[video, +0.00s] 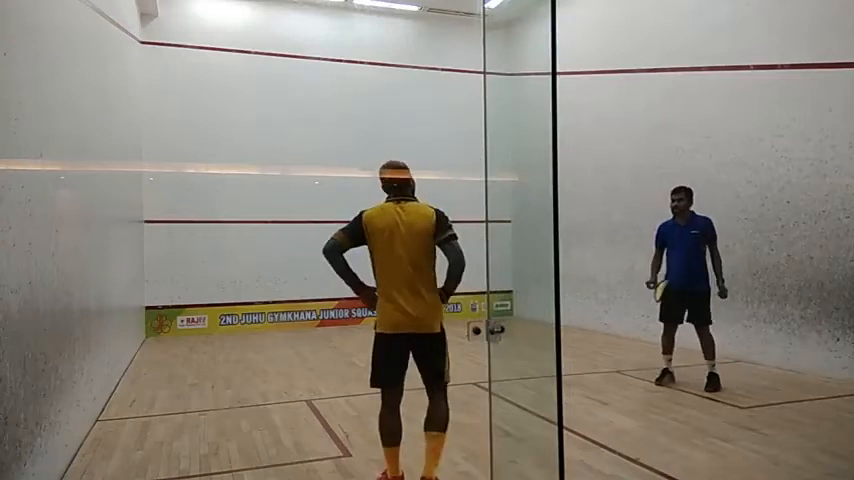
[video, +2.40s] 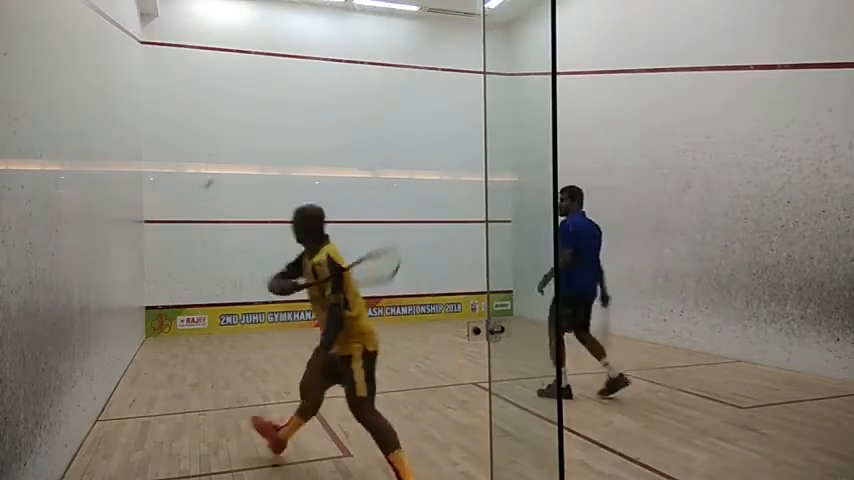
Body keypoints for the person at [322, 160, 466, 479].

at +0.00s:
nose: (407, 187)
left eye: (386, 185)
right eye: (409, 182)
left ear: (383, 187)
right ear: (412, 185)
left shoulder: (369, 218)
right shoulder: (433, 216)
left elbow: (331, 250)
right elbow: (458, 262)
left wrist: (361, 290)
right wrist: (443, 295)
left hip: (389, 325)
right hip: (429, 323)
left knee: (390, 401)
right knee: (437, 395)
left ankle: (393, 472)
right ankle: (430, 474)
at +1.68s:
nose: (376, 197)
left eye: (377, 192)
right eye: (379, 191)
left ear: (380, 195)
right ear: (404, 197)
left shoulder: (376, 222)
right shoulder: (421, 228)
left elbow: (367, 269)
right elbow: (439, 275)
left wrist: (357, 275)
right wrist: (407, 277)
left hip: (401, 324)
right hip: (429, 320)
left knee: (398, 393)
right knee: (422, 384)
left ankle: (425, 469)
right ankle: (424, 456)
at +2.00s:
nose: (357, 208)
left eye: (358, 203)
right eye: (359, 202)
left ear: (362, 205)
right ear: (387, 207)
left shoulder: (364, 230)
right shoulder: (402, 237)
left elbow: (362, 276)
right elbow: (410, 291)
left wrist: (338, 301)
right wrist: (365, 307)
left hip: (394, 331)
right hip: (418, 327)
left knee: (378, 403)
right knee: (407, 388)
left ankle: (410, 474)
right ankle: (422, 458)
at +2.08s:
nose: (352, 210)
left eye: (354, 205)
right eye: (354, 205)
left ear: (358, 209)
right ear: (382, 210)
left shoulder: (362, 236)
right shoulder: (392, 240)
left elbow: (361, 285)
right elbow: (392, 296)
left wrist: (333, 316)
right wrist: (356, 312)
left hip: (392, 338)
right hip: (410, 335)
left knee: (374, 409)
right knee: (395, 396)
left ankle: (410, 474)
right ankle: (420, 459)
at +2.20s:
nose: (336, 223)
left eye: (339, 218)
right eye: (338, 217)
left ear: (347, 222)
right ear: (365, 221)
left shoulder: (358, 254)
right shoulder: (367, 251)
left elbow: (361, 309)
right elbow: (363, 306)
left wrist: (327, 340)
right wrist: (329, 310)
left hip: (387, 349)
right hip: (377, 345)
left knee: (362, 420)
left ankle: (403, 472)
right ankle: (385, 435)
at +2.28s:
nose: (324, 225)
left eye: (329, 220)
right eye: (326, 220)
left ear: (341, 224)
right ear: (348, 226)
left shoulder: (352, 259)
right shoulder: (344, 260)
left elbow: (356, 316)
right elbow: (330, 304)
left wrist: (320, 355)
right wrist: (314, 303)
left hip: (382, 349)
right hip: (367, 345)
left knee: (361, 421)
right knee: (335, 368)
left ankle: (405, 474)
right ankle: (346, 438)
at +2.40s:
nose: (293, 231)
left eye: (295, 226)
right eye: (294, 226)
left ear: (303, 230)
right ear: (317, 228)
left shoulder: (328, 260)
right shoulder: (308, 258)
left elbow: (336, 313)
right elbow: (276, 283)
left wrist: (320, 352)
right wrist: (295, 285)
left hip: (359, 344)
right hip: (336, 343)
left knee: (363, 409)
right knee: (311, 388)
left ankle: (404, 472)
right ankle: (282, 436)